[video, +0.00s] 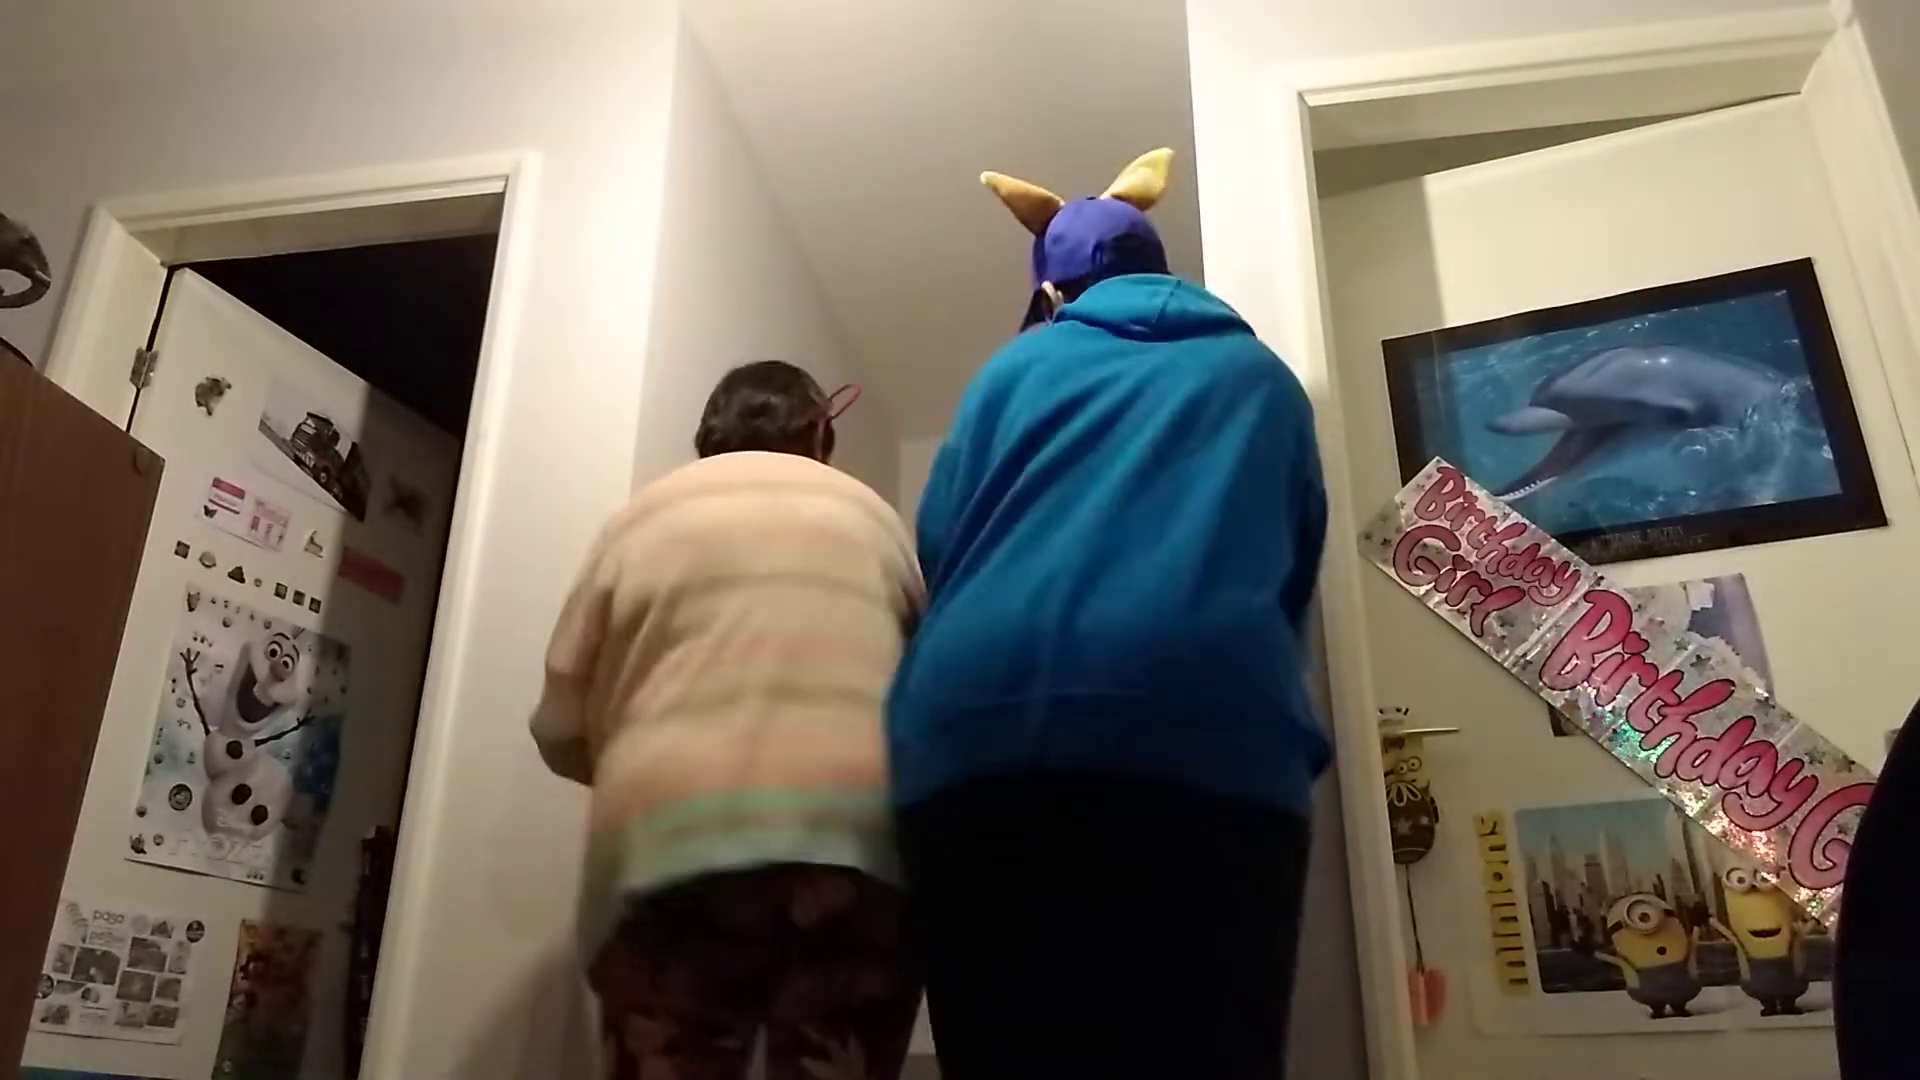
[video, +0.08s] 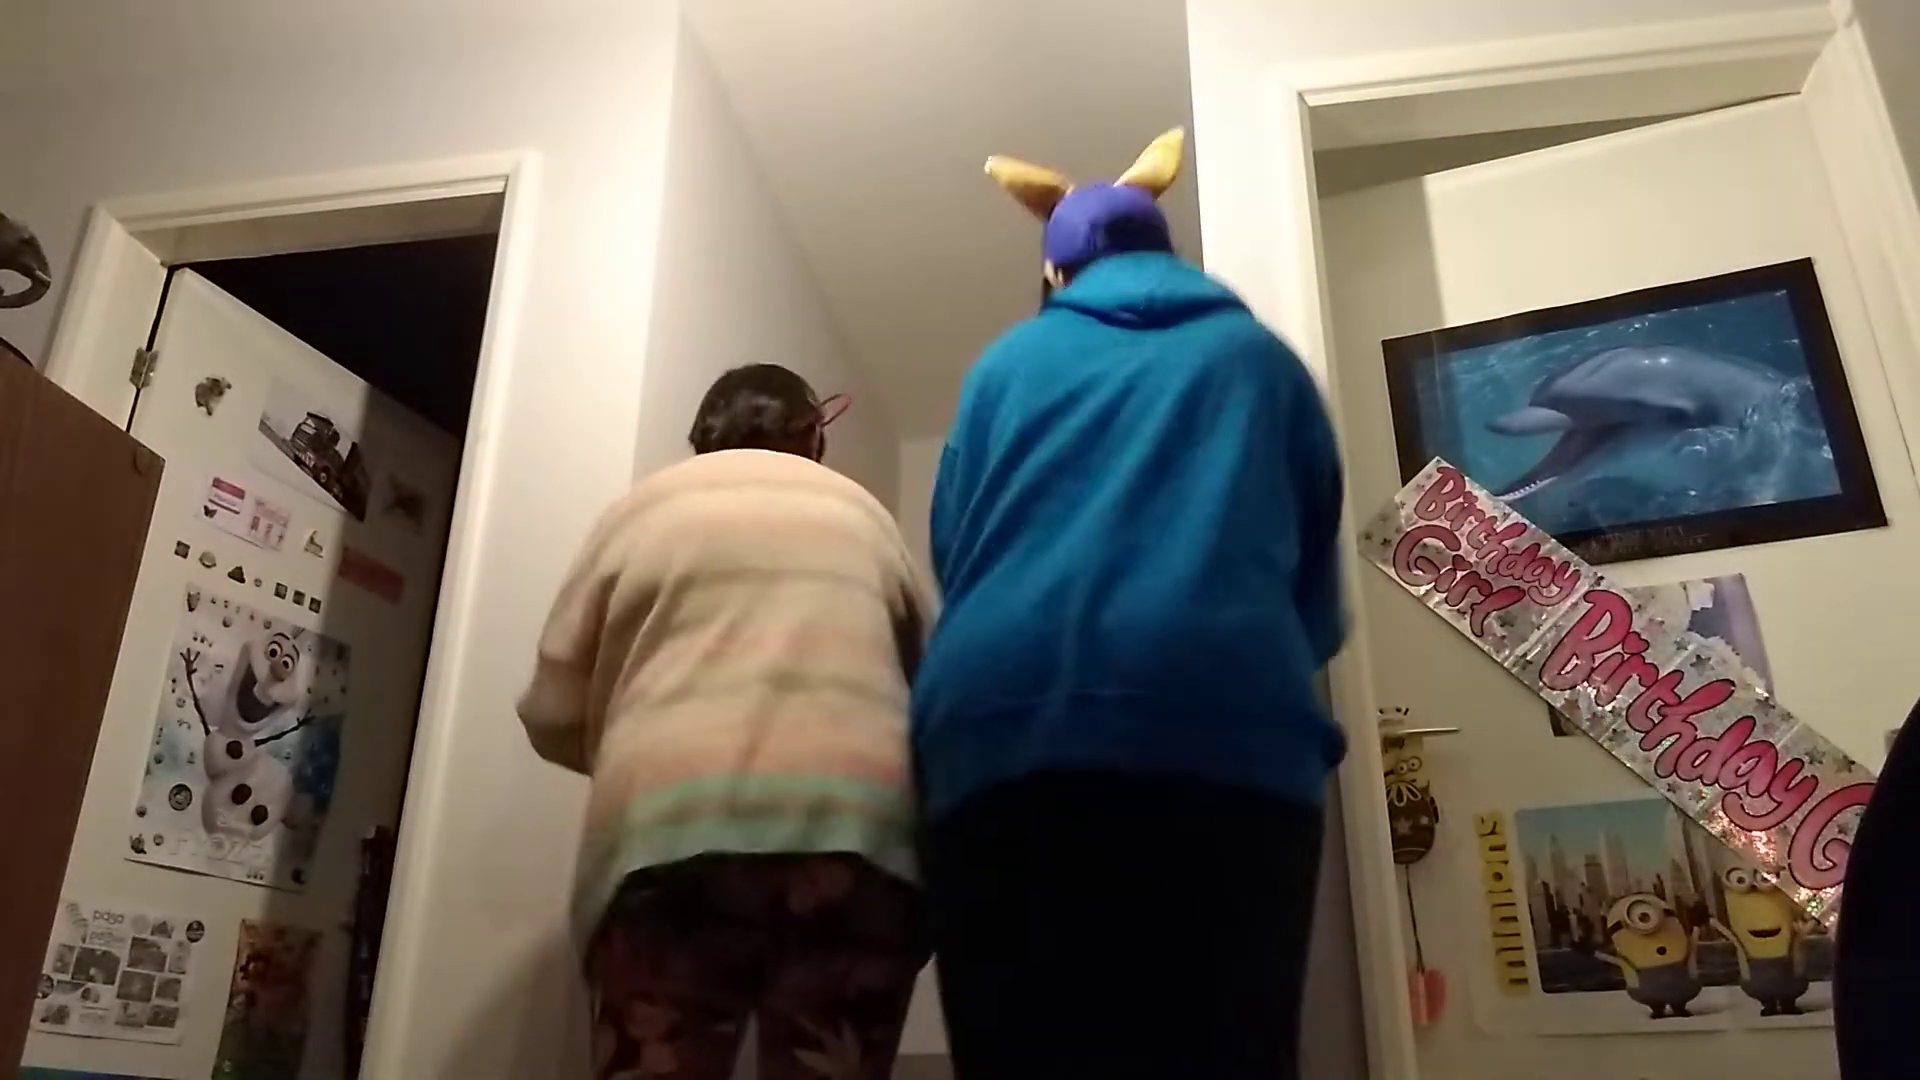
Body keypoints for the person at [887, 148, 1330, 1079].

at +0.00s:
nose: (1031, 309)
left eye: (1034, 296)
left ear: (1051, 296)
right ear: (1164, 277)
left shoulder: (1009, 373)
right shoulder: (1266, 378)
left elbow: (940, 547)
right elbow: (1295, 572)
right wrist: (1242, 684)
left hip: (979, 759)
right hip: (1220, 765)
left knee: (1002, 1049)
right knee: (1213, 1049)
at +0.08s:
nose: (1038, 279)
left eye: (1042, 266)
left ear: (1056, 276)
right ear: (1175, 256)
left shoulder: (1003, 363)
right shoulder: (1266, 358)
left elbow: (954, 552)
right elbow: (1319, 599)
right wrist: (1251, 682)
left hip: (1003, 760)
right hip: (1236, 761)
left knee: (1019, 1047)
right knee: (1229, 1046)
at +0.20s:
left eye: (1068, 210)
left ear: (1063, 232)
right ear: (1182, 214)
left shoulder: (989, 351)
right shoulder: (1263, 315)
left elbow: (973, 535)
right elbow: (1358, 541)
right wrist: (1254, 602)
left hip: (1021, 740)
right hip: (1245, 728)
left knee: (1038, 1043)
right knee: (1266, 1037)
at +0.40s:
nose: (1228, 247)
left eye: (1225, 231)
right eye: (1217, 228)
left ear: (1088, 227)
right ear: (1172, 213)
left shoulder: (1018, 360)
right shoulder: (1212, 285)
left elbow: (1000, 534)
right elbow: (1353, 482)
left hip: (1015, 729)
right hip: (1220, 715)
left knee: (1037, 1034)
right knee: (1240, 1031)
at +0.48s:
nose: (1246, 246)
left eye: (1246, 228)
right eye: (1231, 224)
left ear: (1121, 222)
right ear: (1165, 208)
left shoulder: (1048, 359)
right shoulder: (1220, 280)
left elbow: (996, 553)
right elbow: (1339, 476)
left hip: (1008, 730)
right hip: (1198, 714)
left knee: (1051, 1038)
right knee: (1240, 1036)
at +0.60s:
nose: (1296, 251)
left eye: (1295, 233)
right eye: (1275, 226)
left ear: (1177, 229)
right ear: (1201, 217)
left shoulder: (1114, 342)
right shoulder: (1243, 290)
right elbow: (1350, 493)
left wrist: (1379, 432)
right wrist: (1410, 438)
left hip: (1026, 749)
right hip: (1175, 739)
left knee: (1104, 1054)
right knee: (1279, 1049)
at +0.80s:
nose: (1332, 182)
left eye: (1335, 163)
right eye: (1316, 155)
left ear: (1229, 157)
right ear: (1241, 149)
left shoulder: (1177, 256)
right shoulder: (1272, 221)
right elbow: (1462, 380)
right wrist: (1455, 326)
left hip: (1146, 683)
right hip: (1248, 678)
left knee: (1224, 1023)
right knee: (1305, 1027)